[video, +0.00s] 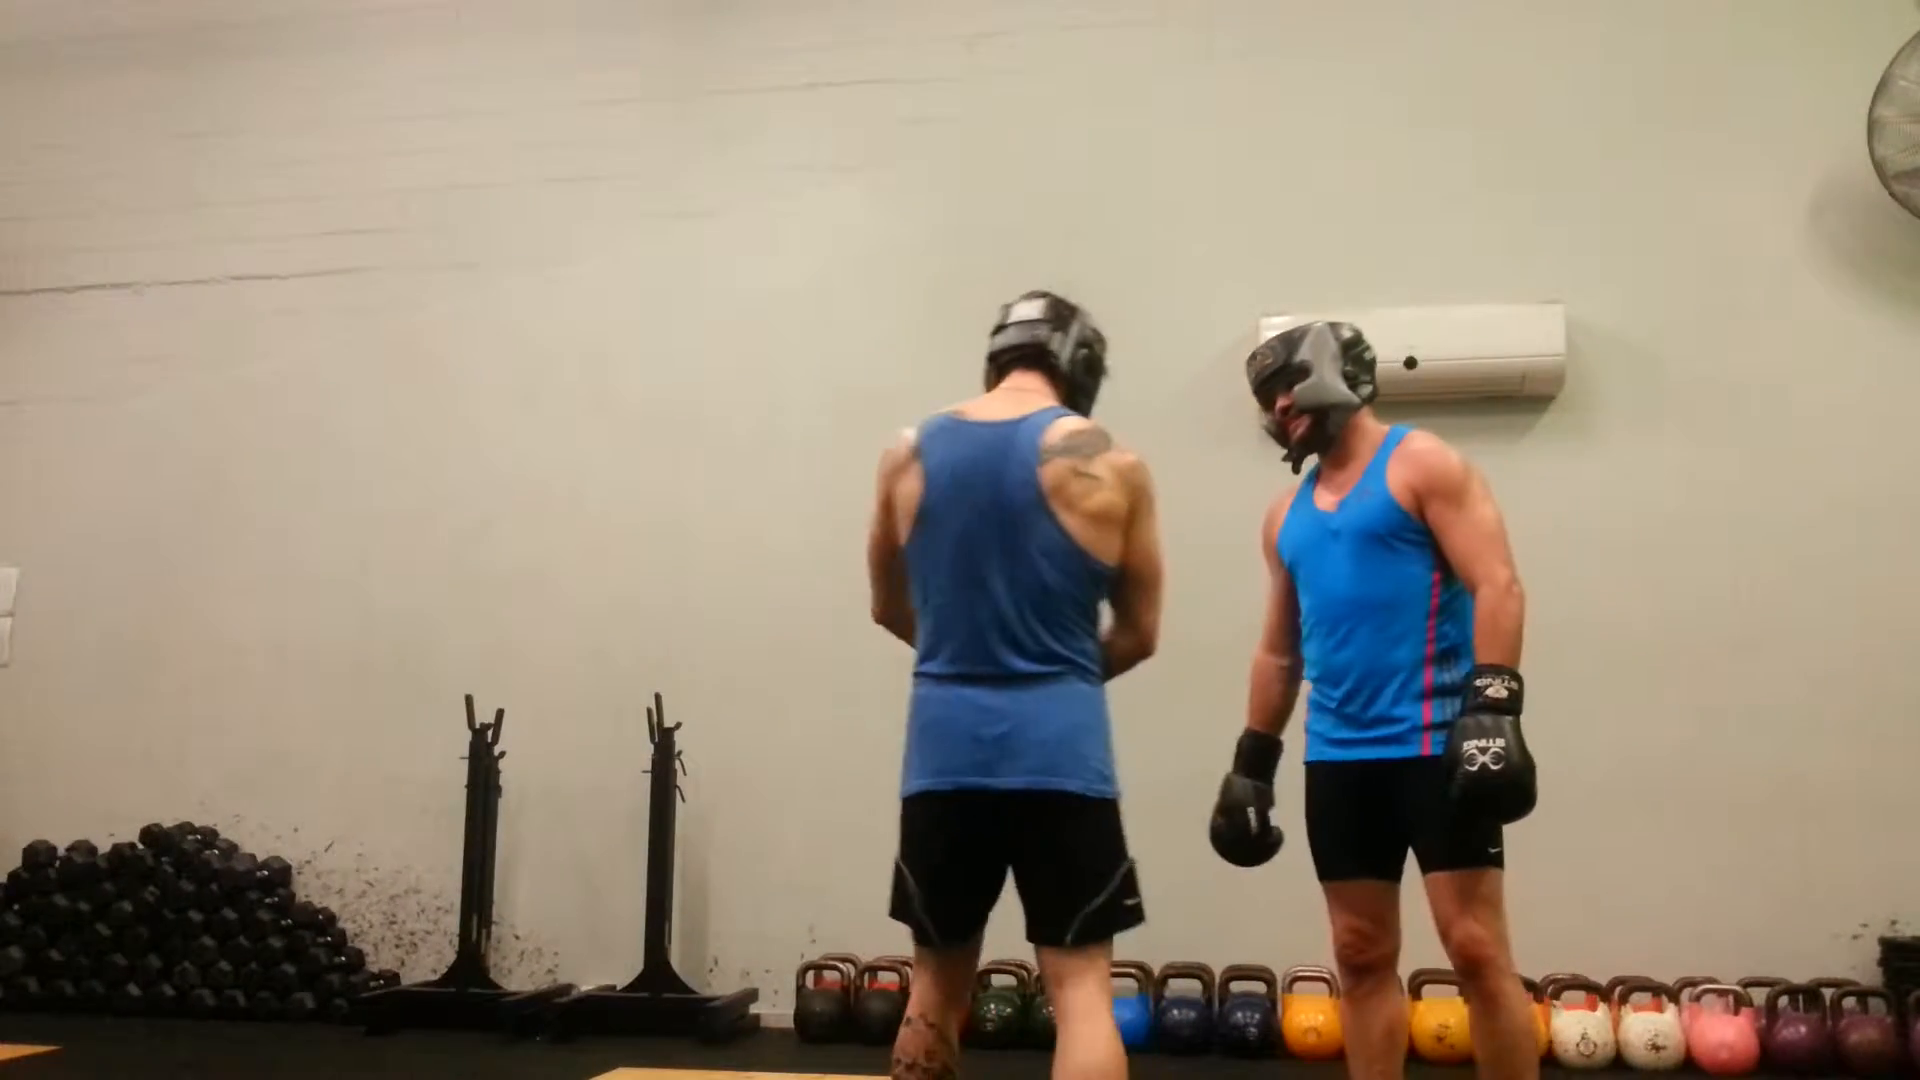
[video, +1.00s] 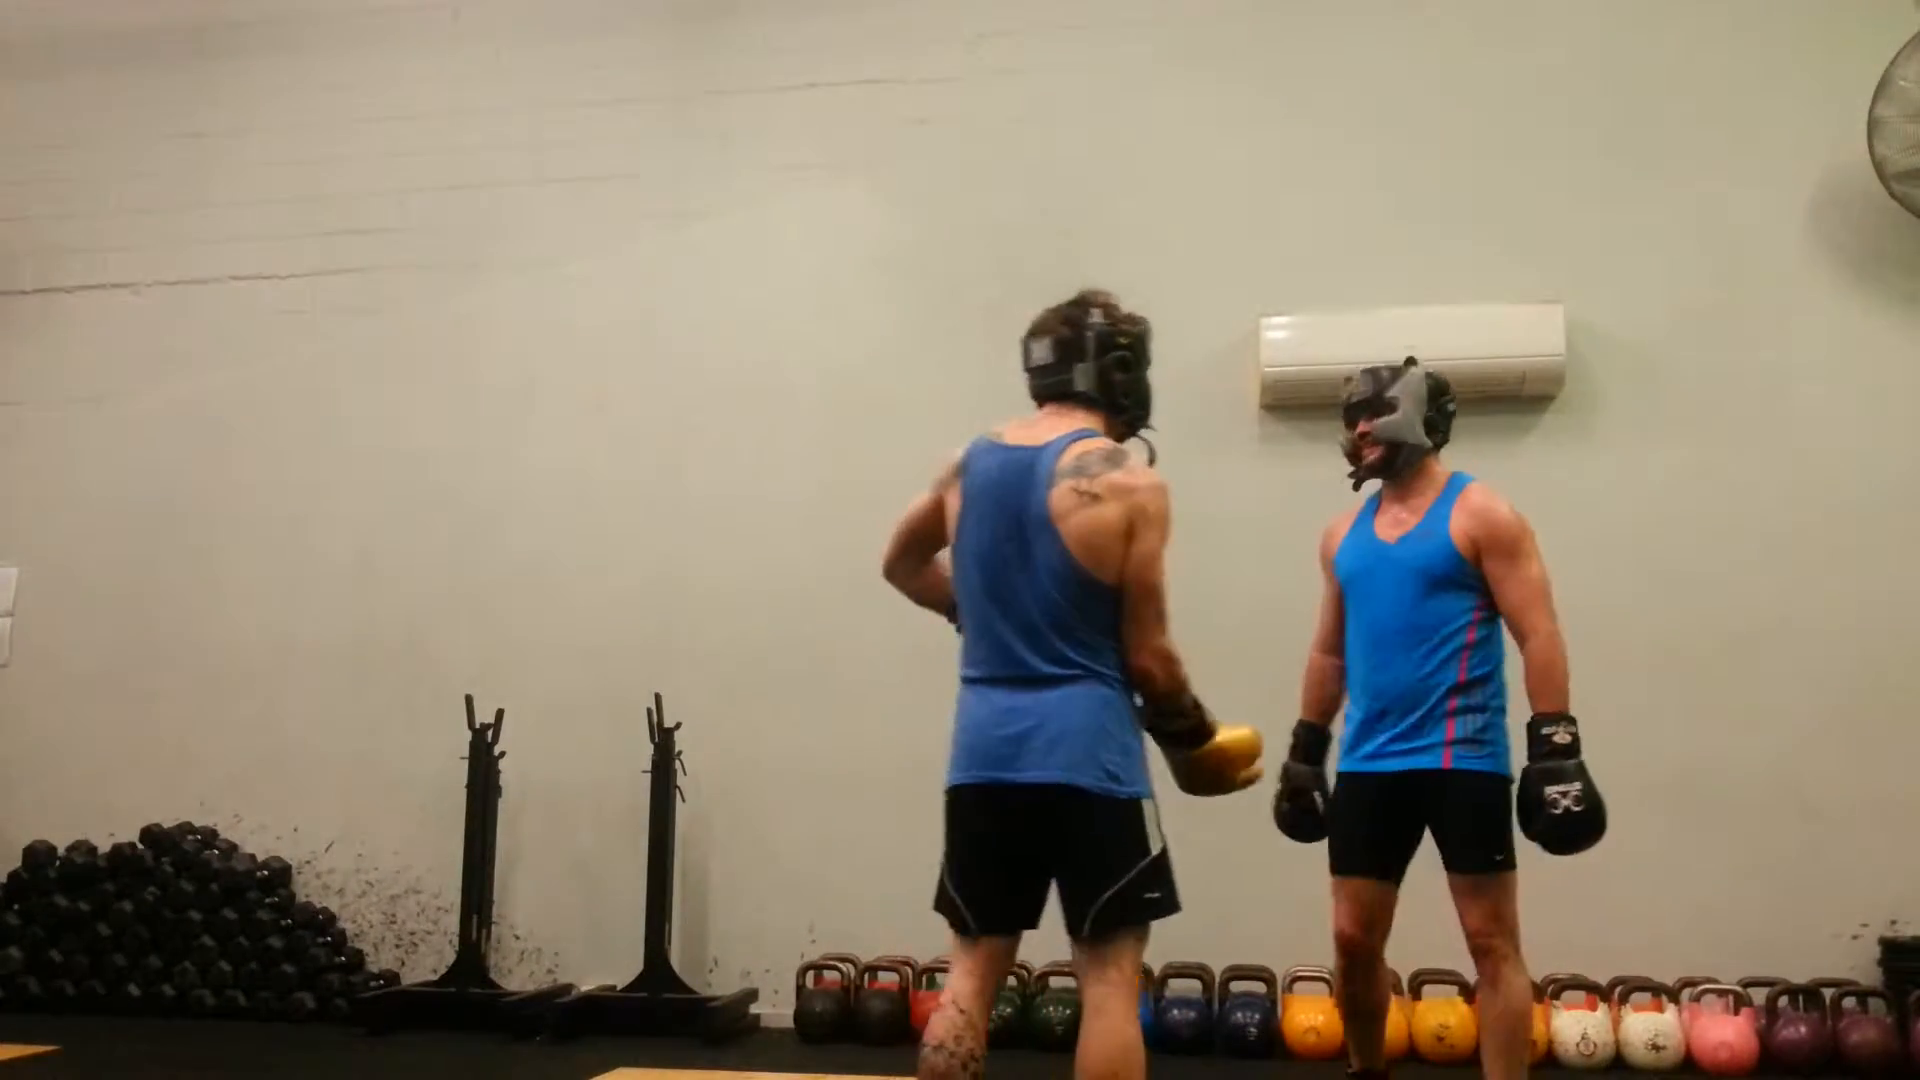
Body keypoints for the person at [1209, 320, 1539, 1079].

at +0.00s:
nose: (1277, 410)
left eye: (1288, 388)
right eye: (1267, 399)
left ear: (1338, 376)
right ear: (1273, 415)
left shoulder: (1424, 466)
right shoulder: (1286, 516)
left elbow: (1498, 585)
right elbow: (1278, 651)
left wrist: (1493, 713)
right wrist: (1250, 769)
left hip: (1442, 752)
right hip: (1339, 762)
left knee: (1475, 951)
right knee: (1359, 954)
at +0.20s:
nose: (1285, 419)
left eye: (1295, 397)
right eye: (1274, 409)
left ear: (1345, 384)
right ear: (1277, 425)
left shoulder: (1430, 472)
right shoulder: (1299, 524)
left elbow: (1497, 586)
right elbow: (1298, 657)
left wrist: (1491, 709)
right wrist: (1277, 772)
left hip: (1447, 758)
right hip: (1347, 766)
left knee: (1478, 959)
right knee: (1363, 954)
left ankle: (1519, 1075)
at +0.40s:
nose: (1306, 440)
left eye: (1314, 422)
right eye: (1303, 427)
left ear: (1357, 407)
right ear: (1346, 422)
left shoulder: (1453, 487)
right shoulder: (1327, 533)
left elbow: (1508, 602)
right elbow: (1326, 661)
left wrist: (1489, 718)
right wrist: (1304, 764)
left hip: (1456, 765)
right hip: (1360, 771)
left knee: (1477, 963)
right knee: (1370, 955)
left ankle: (1502, 1078)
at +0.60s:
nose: (1342, 437)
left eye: (1355, 421)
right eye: (1339, 424)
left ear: (1404, 415)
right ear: (1359, 431)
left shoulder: (1480, 506)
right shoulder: (1353, 533)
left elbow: (1526, 627)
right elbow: (1349, 656)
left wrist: (1501, 742)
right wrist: (1326, 755)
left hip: (1468, 767)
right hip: (1378, 772)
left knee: (1494, 954)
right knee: (1378, 951)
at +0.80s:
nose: (1356, 427)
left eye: (1370, 409)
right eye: (1354, 414)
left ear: (1420, 411)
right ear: (1374, 424)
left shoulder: (1492, 507)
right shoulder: (1361, 527)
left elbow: (1540, 632)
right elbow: (1347, 654)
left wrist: (1533, 754)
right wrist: (1325, 758)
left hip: (1477, 767)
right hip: (1378, 767)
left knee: (1498, 947)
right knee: (1360, 937)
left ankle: (1506, 1078)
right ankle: (1371, 1078)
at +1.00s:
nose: (1357, 432)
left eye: (1373, 416)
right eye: (1353, 421)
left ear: (1419, 420)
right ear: (1352, 436)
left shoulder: (1482, 515)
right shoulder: (1344, 532)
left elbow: (1539, 634)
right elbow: (1329, 652)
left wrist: (1556, 753)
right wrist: (1304, 755)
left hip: (1465, 765)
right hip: (1370, 767)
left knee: (1490, 941)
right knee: (1353, 939)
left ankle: (1504, 1077)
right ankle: (1368, 1073)